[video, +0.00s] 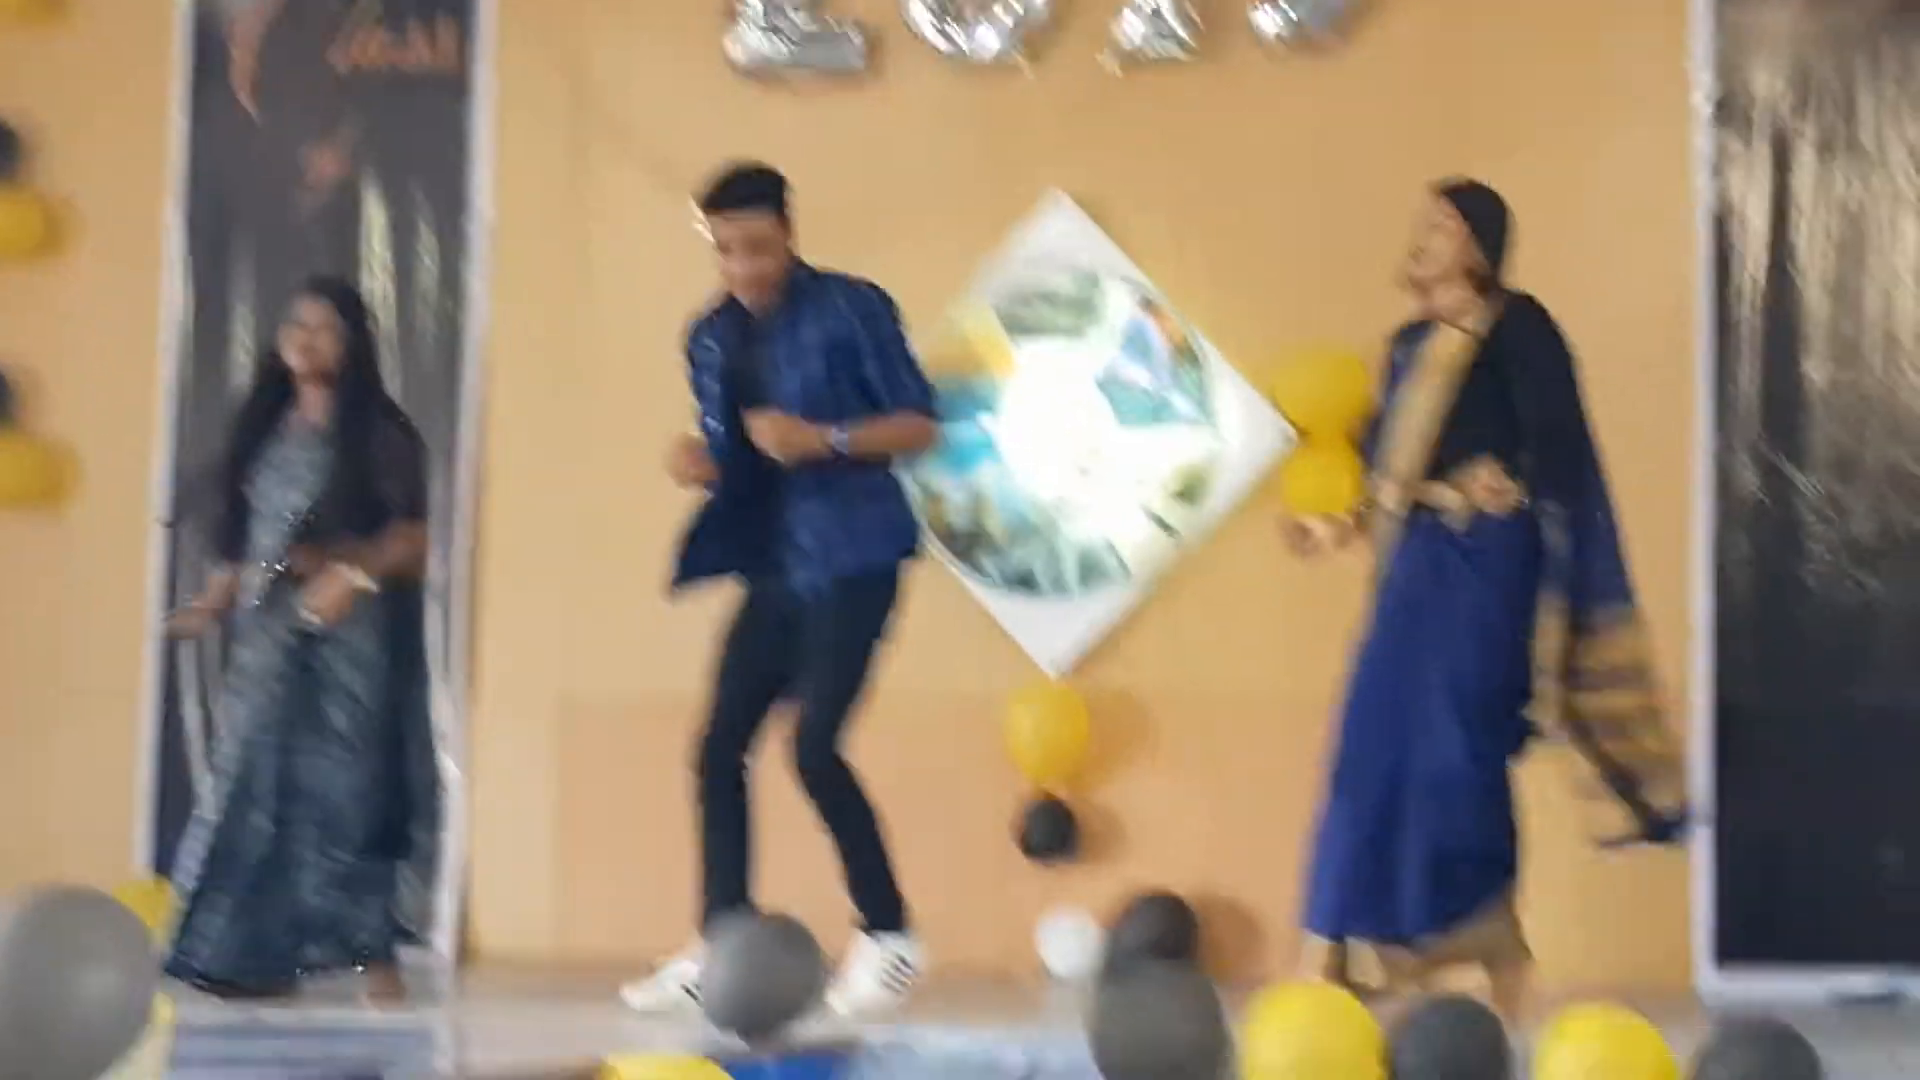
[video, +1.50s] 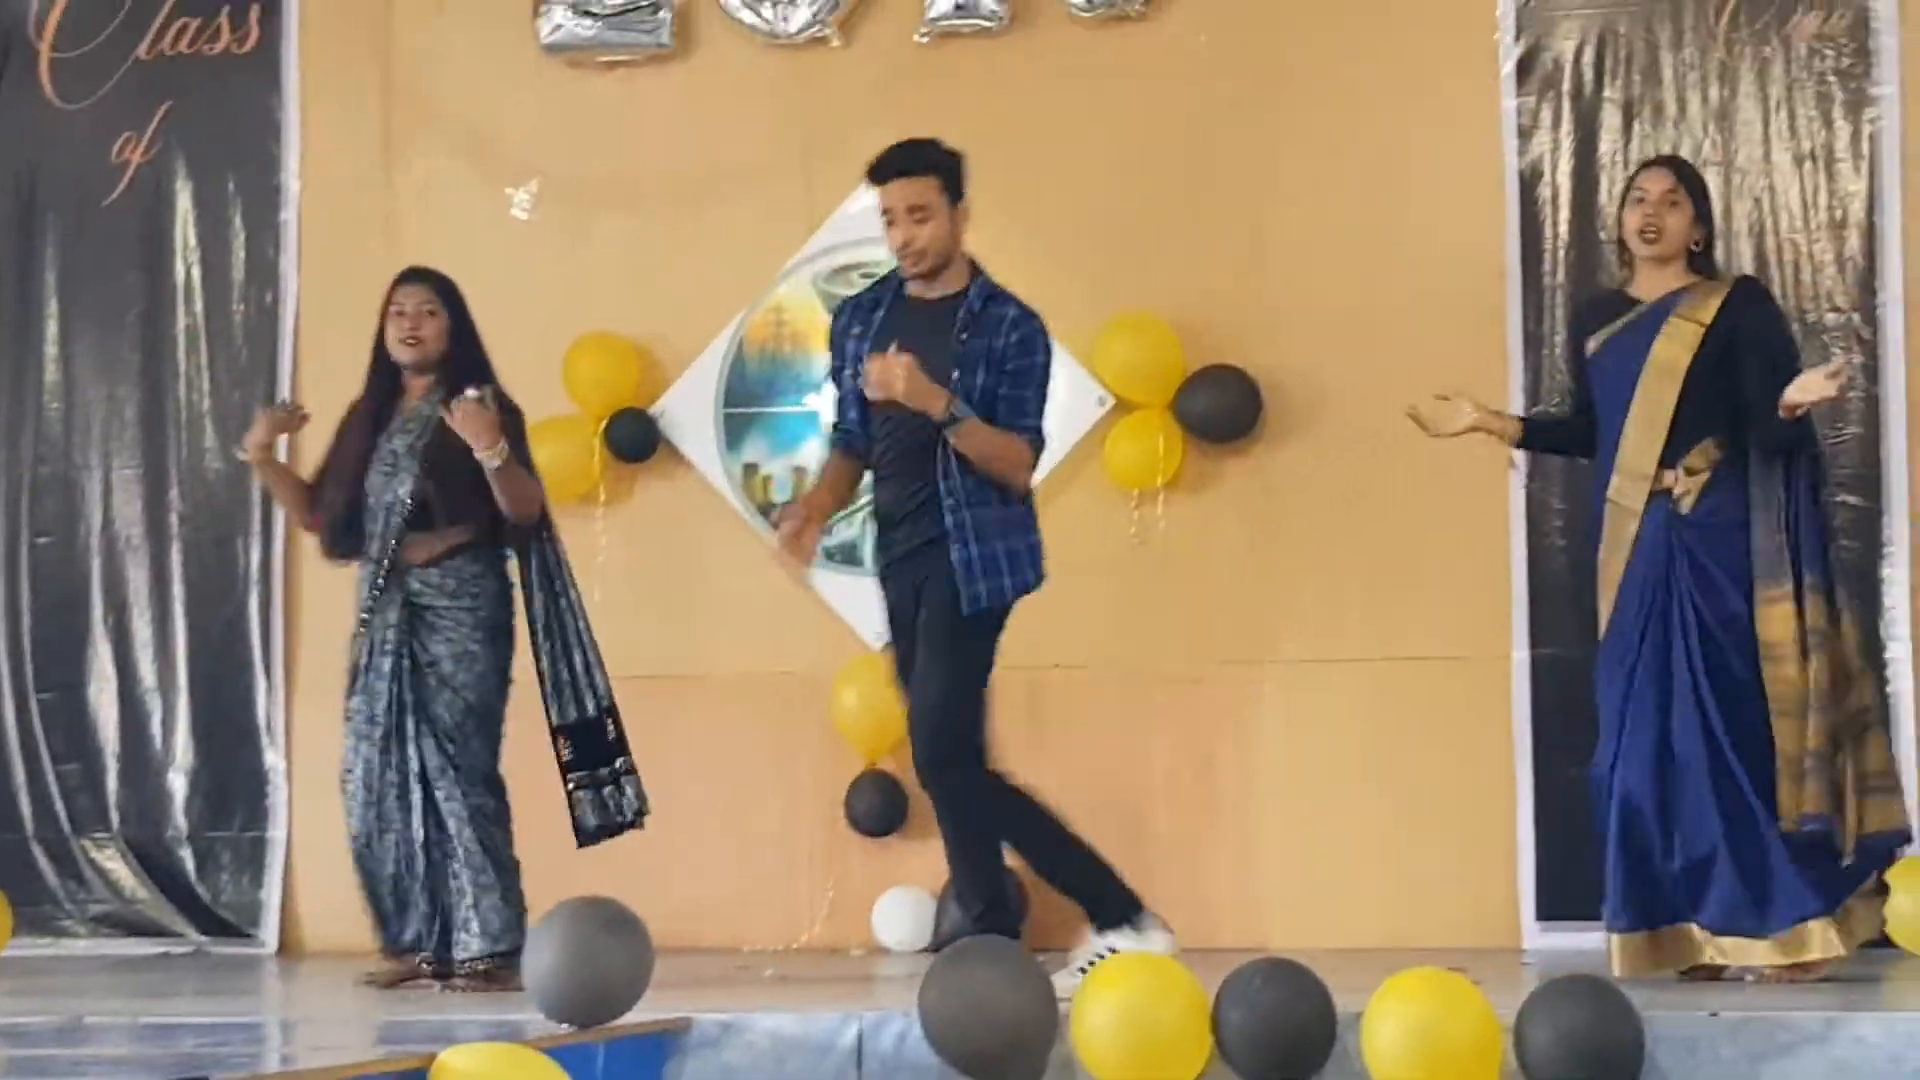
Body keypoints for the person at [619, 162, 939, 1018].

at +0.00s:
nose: (741, 266)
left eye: (756, 246)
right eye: (726, 249)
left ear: (788, 236)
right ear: (711, 248)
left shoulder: (853, 308)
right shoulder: (714, 334)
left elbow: (916, 424)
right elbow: (734, 451)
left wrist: (821, 439)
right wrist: (695, 461)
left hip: (857, 568)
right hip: (779, 574)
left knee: (815, 750)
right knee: (720, 752)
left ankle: (889, 940)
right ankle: (725, 946)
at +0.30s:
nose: (776, 81)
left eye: (799, 72)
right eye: (774, 65)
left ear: (841, 94)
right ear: (770, 75)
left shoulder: (855, 184)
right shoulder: (774, 175)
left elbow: (877, 323)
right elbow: (778, 301)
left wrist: (828, 272)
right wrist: (702, 303)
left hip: (830, 432)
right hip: (771, 428)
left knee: (731, 602)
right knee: (707, 619)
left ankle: (899, 715)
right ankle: (706, 819)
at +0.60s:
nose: (878, 86)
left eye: (899, 78)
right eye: (883, 71)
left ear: (946, 104)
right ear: (929, 101)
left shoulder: (936, 180)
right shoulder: (922, 179)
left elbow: (895, 320)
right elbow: (897, 309)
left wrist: (840, 245)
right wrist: (846, 251)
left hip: (907, 454)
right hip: (885, 453)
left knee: (882, 652)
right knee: (793, 622)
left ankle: (1004, 824)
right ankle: (728, 812)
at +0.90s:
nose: (985, 54)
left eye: (1005, 44)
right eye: (989, 37)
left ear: (1054, 72)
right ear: (1049, 76)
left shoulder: (1039, 151)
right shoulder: (1055, 151)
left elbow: (1012, 288)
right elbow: (1021, 282)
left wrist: (945, 212)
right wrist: (955, 209)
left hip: (1001, 426)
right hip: (1048, 431)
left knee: (945, 616)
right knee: (1055, 631)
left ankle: (996, 828)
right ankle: (1210, 774)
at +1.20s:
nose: (1010, 116)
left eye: (1030, 100)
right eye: (1008, 99)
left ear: (1081, 117)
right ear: (1012, 114)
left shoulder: (1078, 192)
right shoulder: (1051, 207)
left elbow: (1072, 309)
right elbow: (1018, 344)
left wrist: (1007, 221)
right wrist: (956, 270)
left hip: (1067, 459)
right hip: (1104, 468)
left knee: (945, 623)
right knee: (1129, 680)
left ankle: (1055, 814)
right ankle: (1222, 861)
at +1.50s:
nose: (902, 233)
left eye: (918, 214)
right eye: (889, 218)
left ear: (960, 213)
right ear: (880, 223)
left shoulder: (1009, 325)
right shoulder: (862, 320)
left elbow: (1020, 461)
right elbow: (852, 444)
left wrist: (930, 397)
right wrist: (811, 510)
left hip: (976, 549)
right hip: (899, 557)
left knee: (942, 752)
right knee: (953, 767)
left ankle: (987, 949)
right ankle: (1124, 919)